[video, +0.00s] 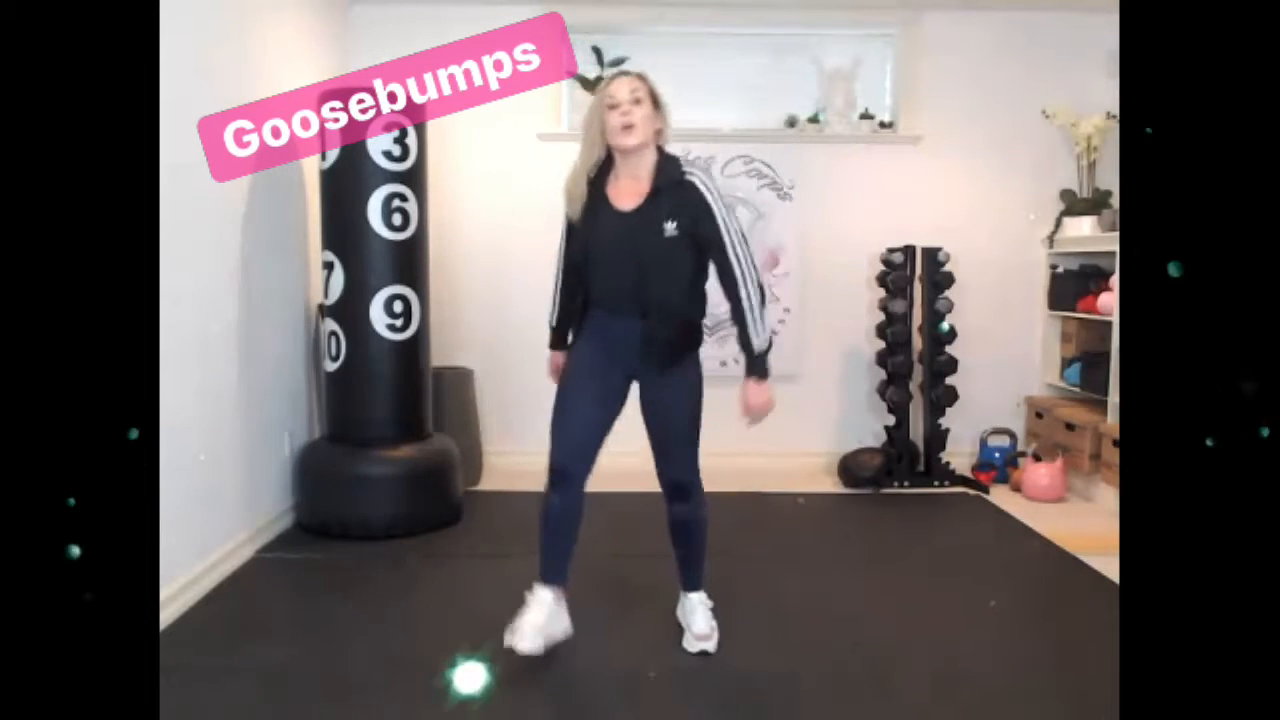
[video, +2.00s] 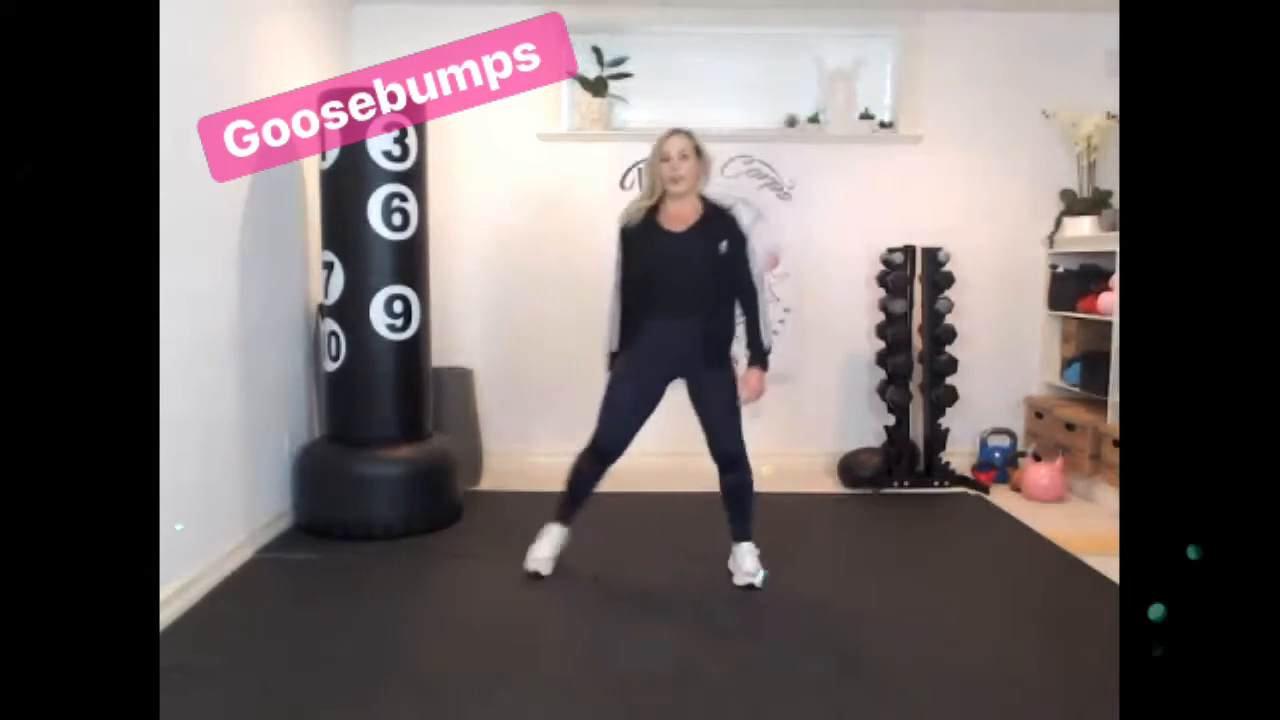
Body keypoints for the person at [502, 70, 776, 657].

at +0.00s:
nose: (625, 113)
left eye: (636, 103)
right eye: (613, 106)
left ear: (657, 118)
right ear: (599, 124)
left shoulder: (689, 188)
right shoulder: (587, 190)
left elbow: (738, 273)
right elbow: (572, 269)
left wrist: (756, 368)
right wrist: (560, 340)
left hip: (670, 349)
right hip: (599, 345)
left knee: (681, 480)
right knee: (565, 468)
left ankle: (693, 596)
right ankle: (549, 596)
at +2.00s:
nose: (675, 166)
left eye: (684, 157)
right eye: (666, 159)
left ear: (700, 165)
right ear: (655, 169)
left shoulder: (722, 225)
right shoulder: (636, 227)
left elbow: (748, 293)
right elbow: (628, 296)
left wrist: (757, 360)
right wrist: (621, 357)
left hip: (707, 352)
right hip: (647, 351)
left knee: (730, 454)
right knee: (604, 446)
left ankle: (743, 546)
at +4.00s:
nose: (634, 189)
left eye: (639, 179)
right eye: (624, 182)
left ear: (648, 180)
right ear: (606, 187)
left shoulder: (667, 234)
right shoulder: (583, 240)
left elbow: (691, 304)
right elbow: (559, 305)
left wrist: (715, 371)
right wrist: (532, 368)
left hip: (658, 361)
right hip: (598, 362)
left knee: (698, 454)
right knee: (563, 458)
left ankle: (739, 539)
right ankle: (541, 540)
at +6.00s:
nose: (647, 168)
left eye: (656, 161)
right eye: (639, 160)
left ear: (669, 173)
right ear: (626, 170)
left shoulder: (682, 232)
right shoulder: (598, 229)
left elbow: (703, 305)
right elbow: (580, 298)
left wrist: (726, 374)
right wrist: (571, 364)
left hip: (669, 356)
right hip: (609, 356)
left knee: (701, 454)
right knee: (579, 455)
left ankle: (733, 540)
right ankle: (563, 539)